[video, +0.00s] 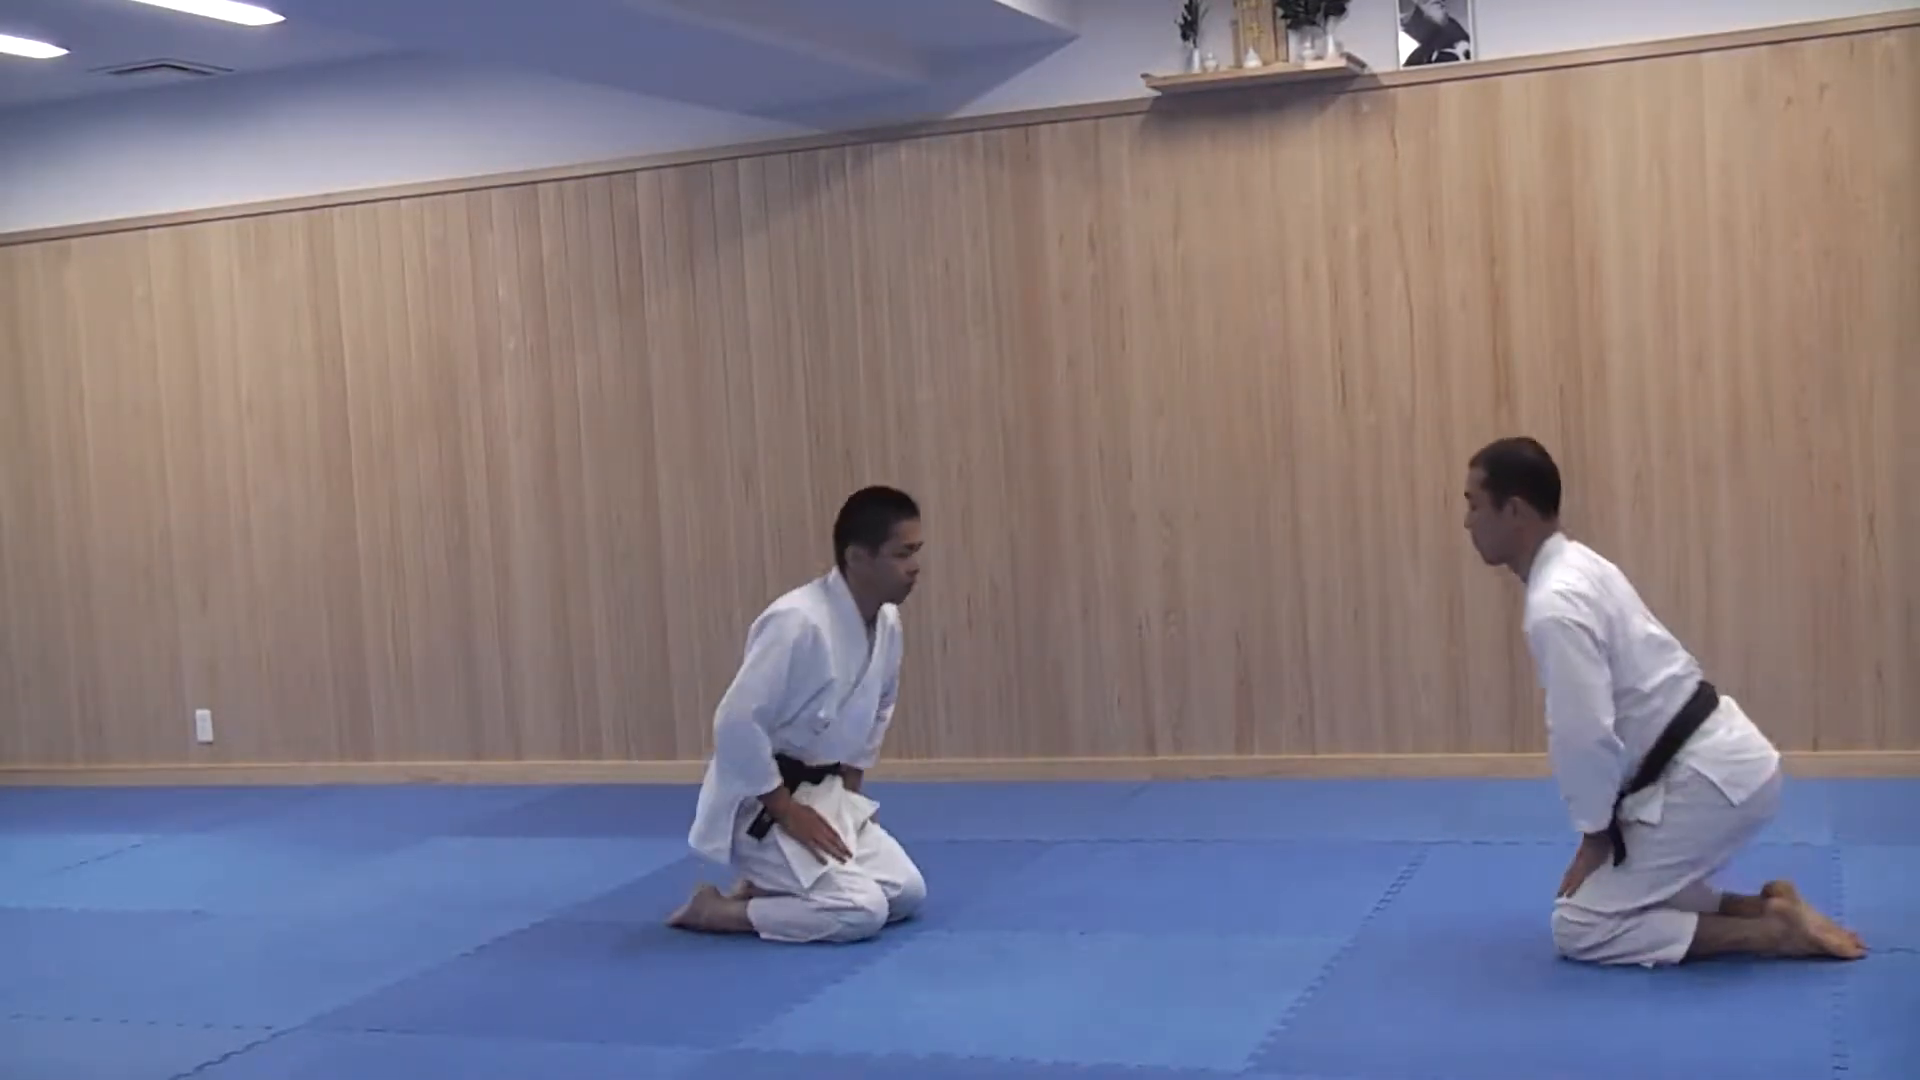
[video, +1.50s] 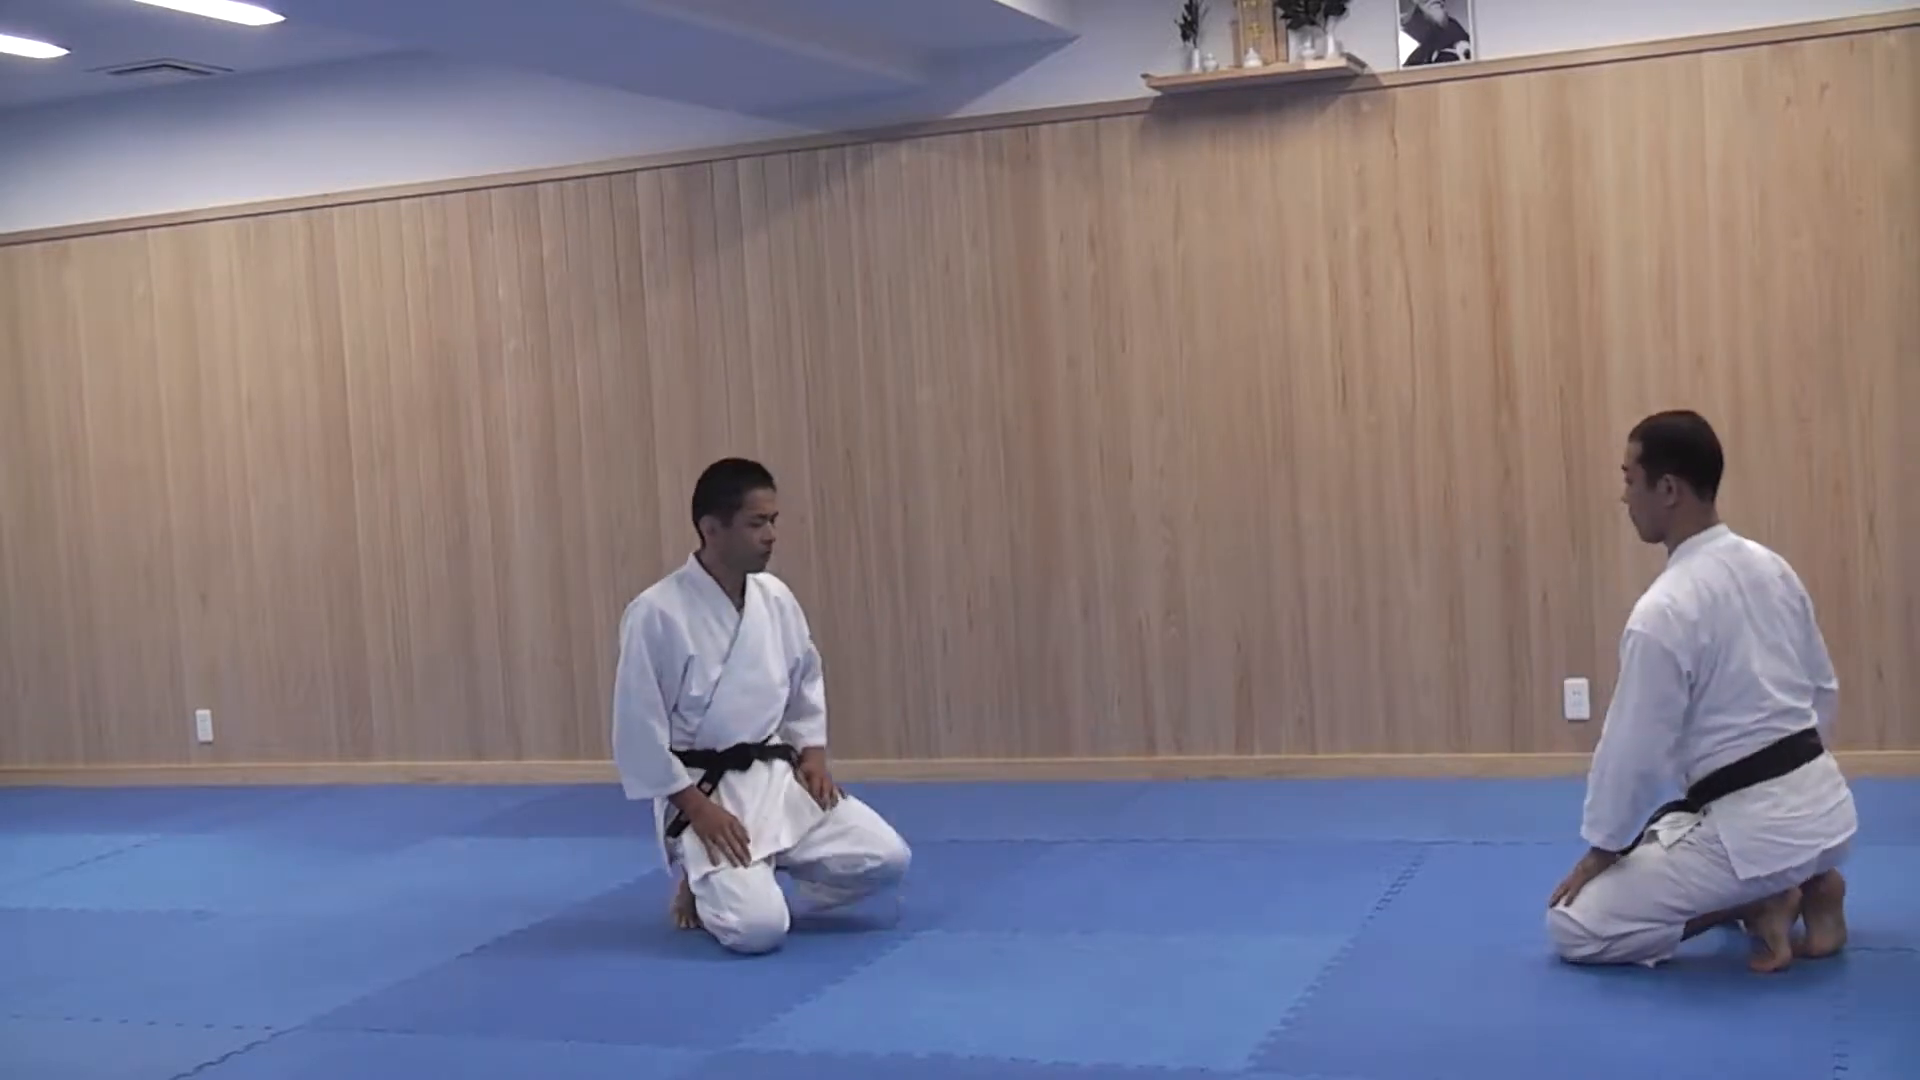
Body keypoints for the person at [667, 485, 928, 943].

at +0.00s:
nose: (917, 566)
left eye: (918, 552)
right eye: (904, 555)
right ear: (857, 557)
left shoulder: (886, 620)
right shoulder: (798, 620)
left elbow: (878, 713)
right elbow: (735, 722)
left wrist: (847, 796)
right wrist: (786, 809)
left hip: (824, 796)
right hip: (760, 805)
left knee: (904, 890)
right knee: (860, 912)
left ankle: (761, 891)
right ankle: (719, 914)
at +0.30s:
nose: (947, 510)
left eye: (948, 496)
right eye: (934, 497)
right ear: (885, 501)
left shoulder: (921, 573)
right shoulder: (830, 573)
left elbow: (909, 688)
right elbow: (798, 693)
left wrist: (889, 782)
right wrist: (832, 784)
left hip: (869, 766)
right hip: (801, 774)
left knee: (920, 895)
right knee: (872, 917)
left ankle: (776, 863)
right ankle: (731, 872)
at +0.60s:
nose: (943, 522)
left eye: (944, 508)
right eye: (930, 508)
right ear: (883, 512)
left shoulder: (914, 582)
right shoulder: (829, 581)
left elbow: (902, 689)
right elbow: (794, 698)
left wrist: (880, 779)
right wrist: (828, 790)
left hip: (859, 771)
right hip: (792, 781)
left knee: (918, 896)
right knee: (874, 916)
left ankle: (769, 870)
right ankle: (738, 869)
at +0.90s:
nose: (893, 552)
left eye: (896, 538)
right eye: (880, 539)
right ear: (832, 539)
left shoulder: (875, 613)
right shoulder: (775, 606)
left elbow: (876, 721)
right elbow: (730, 720)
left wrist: (854, 807)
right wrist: (782, 801)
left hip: (833, 797)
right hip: (759, 801)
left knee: (915, 894)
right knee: (850, 916)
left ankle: (763, 885)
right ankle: (725, 873)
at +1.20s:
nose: (816, 549)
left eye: (818, 535)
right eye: (802, 537)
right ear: (754, 538)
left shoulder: (815, 613)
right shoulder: (697, 617)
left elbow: (839, 705)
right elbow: (657, 731)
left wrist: (834, 783)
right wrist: (712, 806)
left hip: (794, 795)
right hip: (717, 799)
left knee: (902, 894)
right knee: (763, 928)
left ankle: (766, 889)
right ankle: (701, 878)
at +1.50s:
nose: (772, 536)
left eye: (774, 521)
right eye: (758, 524)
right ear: (711, 529)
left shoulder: (775, 597)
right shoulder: (656, 613)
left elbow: (805, 680)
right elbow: (638, 733)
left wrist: (813, 751)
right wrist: (695, 804)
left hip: (777, 777)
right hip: (705, 793)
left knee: (884, 859)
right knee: (762, 929)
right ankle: (698, 887)